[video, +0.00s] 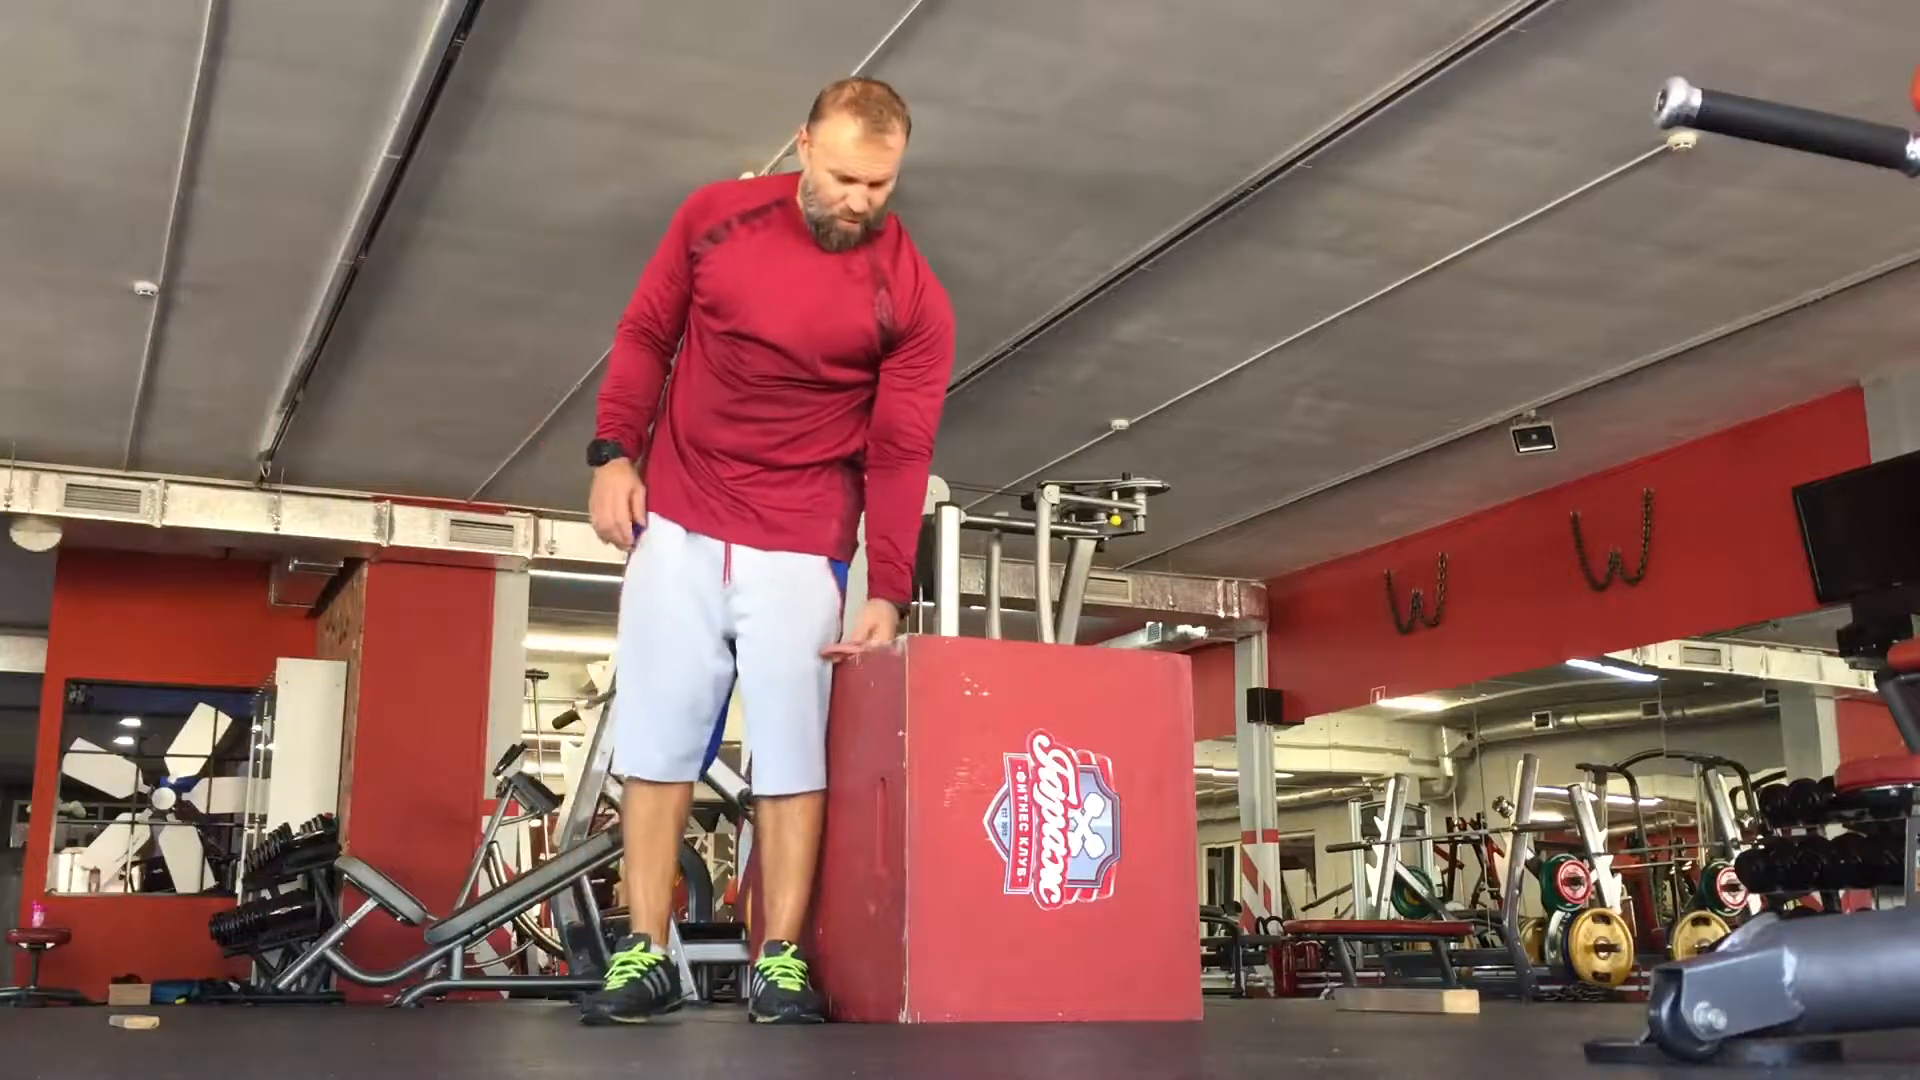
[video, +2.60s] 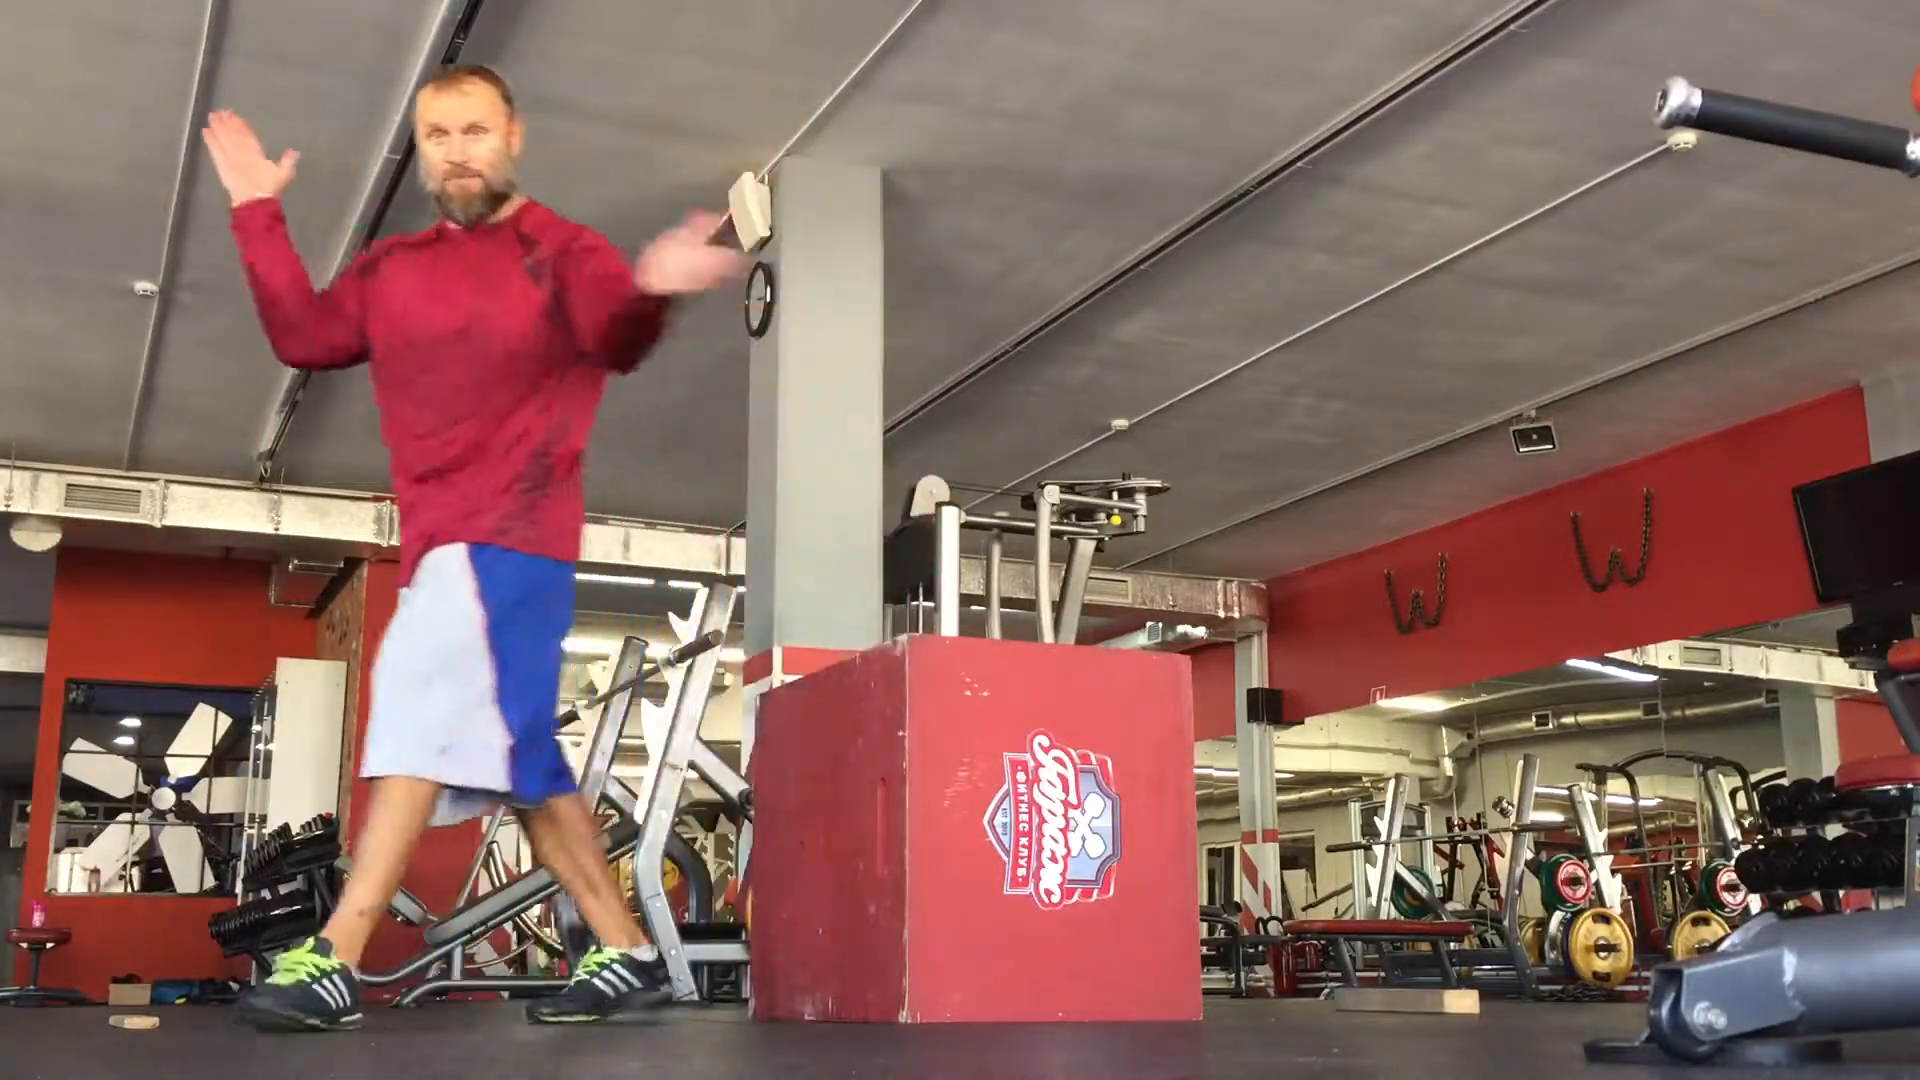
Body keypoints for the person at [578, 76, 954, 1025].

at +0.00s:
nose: (855, 200)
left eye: (876, 184)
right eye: (839, 178)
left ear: (900, 175)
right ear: (804, 144)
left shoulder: (913, 301)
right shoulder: (715, 216)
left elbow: (903, 454)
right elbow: (645, 335)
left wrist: (887, 592)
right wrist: (614, 455)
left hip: (803, 527)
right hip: (680, 507)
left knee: (791, 738)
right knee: (659, 728)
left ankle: (780, 957)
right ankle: (646, 953)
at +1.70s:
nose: (747, 147)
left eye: (766, 129)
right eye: (729, 130)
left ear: (797, 139)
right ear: (702, 141)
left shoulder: (849, 268)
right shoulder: (647, 248)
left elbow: (887, 380)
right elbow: (590, 356)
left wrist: (861, 433)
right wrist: (608, 423)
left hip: (784, 531)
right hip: (656, 528)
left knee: (782, 742)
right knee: (636, 740)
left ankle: (779, 958)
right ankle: (640, 964)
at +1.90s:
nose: (676, 167)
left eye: (694, 150)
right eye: (657, 153)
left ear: (726, 162)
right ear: (634, 169)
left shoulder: (767, 253)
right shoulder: (597, 252)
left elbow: (805, 279)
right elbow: (567, 291)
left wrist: (798, 280)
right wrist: (605, 288)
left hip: (741, 549)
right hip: (615, 553)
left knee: (762, 750)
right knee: (618, 754)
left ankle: (775, 958)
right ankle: (636, 963)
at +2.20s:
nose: (594, 178)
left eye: (610, 160)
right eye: (574, 164)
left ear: (641, 165)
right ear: (550, 176)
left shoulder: (688, 253)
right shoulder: (522, 261)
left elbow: (721, 283)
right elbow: (492, 294)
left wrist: (698, 251)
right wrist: (530, 270)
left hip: (655, 527)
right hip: (550, 537)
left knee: (652, 726)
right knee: (575, 742)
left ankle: (662, 947)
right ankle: (623, 949)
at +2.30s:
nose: (566, 175)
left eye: (582, 156)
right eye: (546, 161)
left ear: (614, 163)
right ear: (525, 176)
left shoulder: (659, 253)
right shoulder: (505, 270)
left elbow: (690, 278)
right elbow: (452, 329)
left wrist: (717, 253)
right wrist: (469, 282)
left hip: (627, 522)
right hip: (529, 532)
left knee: (607, 720)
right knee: (569, 739)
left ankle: (579, 940)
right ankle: (631, 958)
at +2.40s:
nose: (532, 168)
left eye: (549, 148)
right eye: (513, 153)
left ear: (585, 156)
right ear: (493, 170)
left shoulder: (634, 254)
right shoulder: (463, 276)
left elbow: (687, 295)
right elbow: (391, 356)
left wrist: (739, 275)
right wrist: (381, 275)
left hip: (599, 525)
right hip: (497, 536)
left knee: (546, 716)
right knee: (551, 744)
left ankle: (481, 940)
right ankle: (636, 963)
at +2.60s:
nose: (456, 149)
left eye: (475, 129)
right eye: (437, 134)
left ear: (516, 140)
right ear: (419, 153)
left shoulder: (560, 249)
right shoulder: (387, 270)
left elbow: (615, 341)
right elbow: (302, 336)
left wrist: (646, 289)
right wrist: (256, 209)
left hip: (514, 529)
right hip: (436, 532)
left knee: (413, 715)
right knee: (522, 746)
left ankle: (335, 959)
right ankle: (628, 950)